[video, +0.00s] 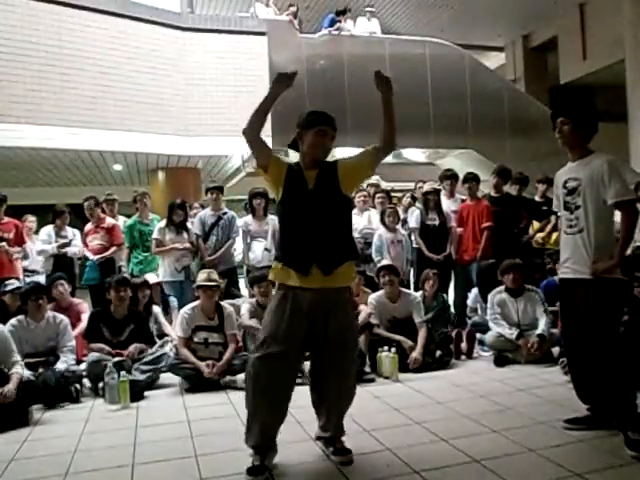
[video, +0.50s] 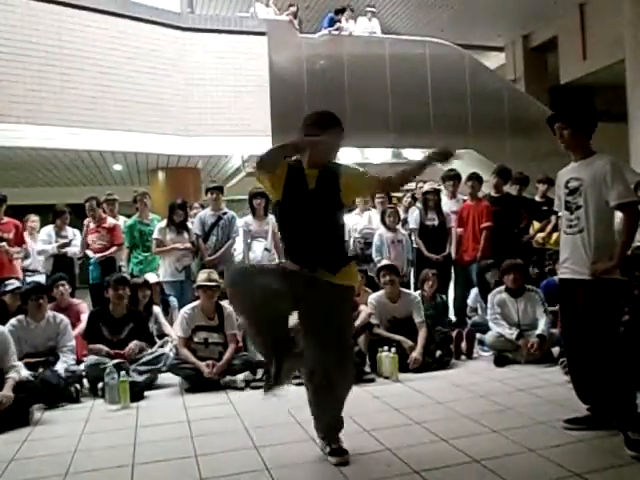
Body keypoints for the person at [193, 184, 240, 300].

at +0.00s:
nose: (214, 197)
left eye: (217, 194)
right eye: (211, 194)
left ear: (221, 196)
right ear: (207, 197)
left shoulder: (231, 216)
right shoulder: (201, 216)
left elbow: (232, 239)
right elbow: (199, 238)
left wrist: (216, 257)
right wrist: (206, 258)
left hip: (227, 264)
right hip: (208, 265)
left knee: (232, 298)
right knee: (208, 298)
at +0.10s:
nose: (214, 197)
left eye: (217, 194)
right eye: (211, 194)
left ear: (221, 196)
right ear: (207, 197)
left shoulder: (231, 216)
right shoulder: (201, 216)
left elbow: (232, 239)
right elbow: (199, 238)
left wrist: (216, 257)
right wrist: (206, 258)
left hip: (227, 264)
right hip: (208, 265)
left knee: (232, 298)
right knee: (208, 298)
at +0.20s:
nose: (214, 197)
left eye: (217, 194)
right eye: (211, 194)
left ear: (221, 196)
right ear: (207, 197)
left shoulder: (231, 216)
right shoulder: (201, 216)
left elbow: (232, 239)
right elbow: (199, 238)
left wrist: (216, 257)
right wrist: (206, 258)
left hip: (227, 264)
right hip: (208, 265)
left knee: (232, 298)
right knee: (208, 298)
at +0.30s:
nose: (214, 197)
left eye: (217, 194)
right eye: (211, 194)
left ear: (221, 196)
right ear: (207, 197)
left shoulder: (231, 216)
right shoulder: (201, 216)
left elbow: (233, 239)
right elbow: (199, 238)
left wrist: (216, 257)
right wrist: (206, 258)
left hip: (227, 264)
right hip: (208, 265)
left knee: (232, 298)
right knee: (208, 297)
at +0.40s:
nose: (214, 197)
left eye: (217, 194)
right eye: (211, 194)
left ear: (221, 196)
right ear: (207, 197)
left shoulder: (231, 216)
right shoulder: (201, 216)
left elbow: (232, 239)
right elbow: (199, 237)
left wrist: (216, 257)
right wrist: (206, 257)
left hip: (227, 264)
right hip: (208, 265)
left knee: (232, 298)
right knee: (208, 298)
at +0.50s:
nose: (214, 197)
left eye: (217, 194)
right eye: (212, 193)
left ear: (222, 196)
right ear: (207, 196)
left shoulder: (231, 216)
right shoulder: (201, 216)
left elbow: (233, 239)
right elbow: (199, 238)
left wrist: (216, 257)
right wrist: (207, 257)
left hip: (225, 262)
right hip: (206, 262)